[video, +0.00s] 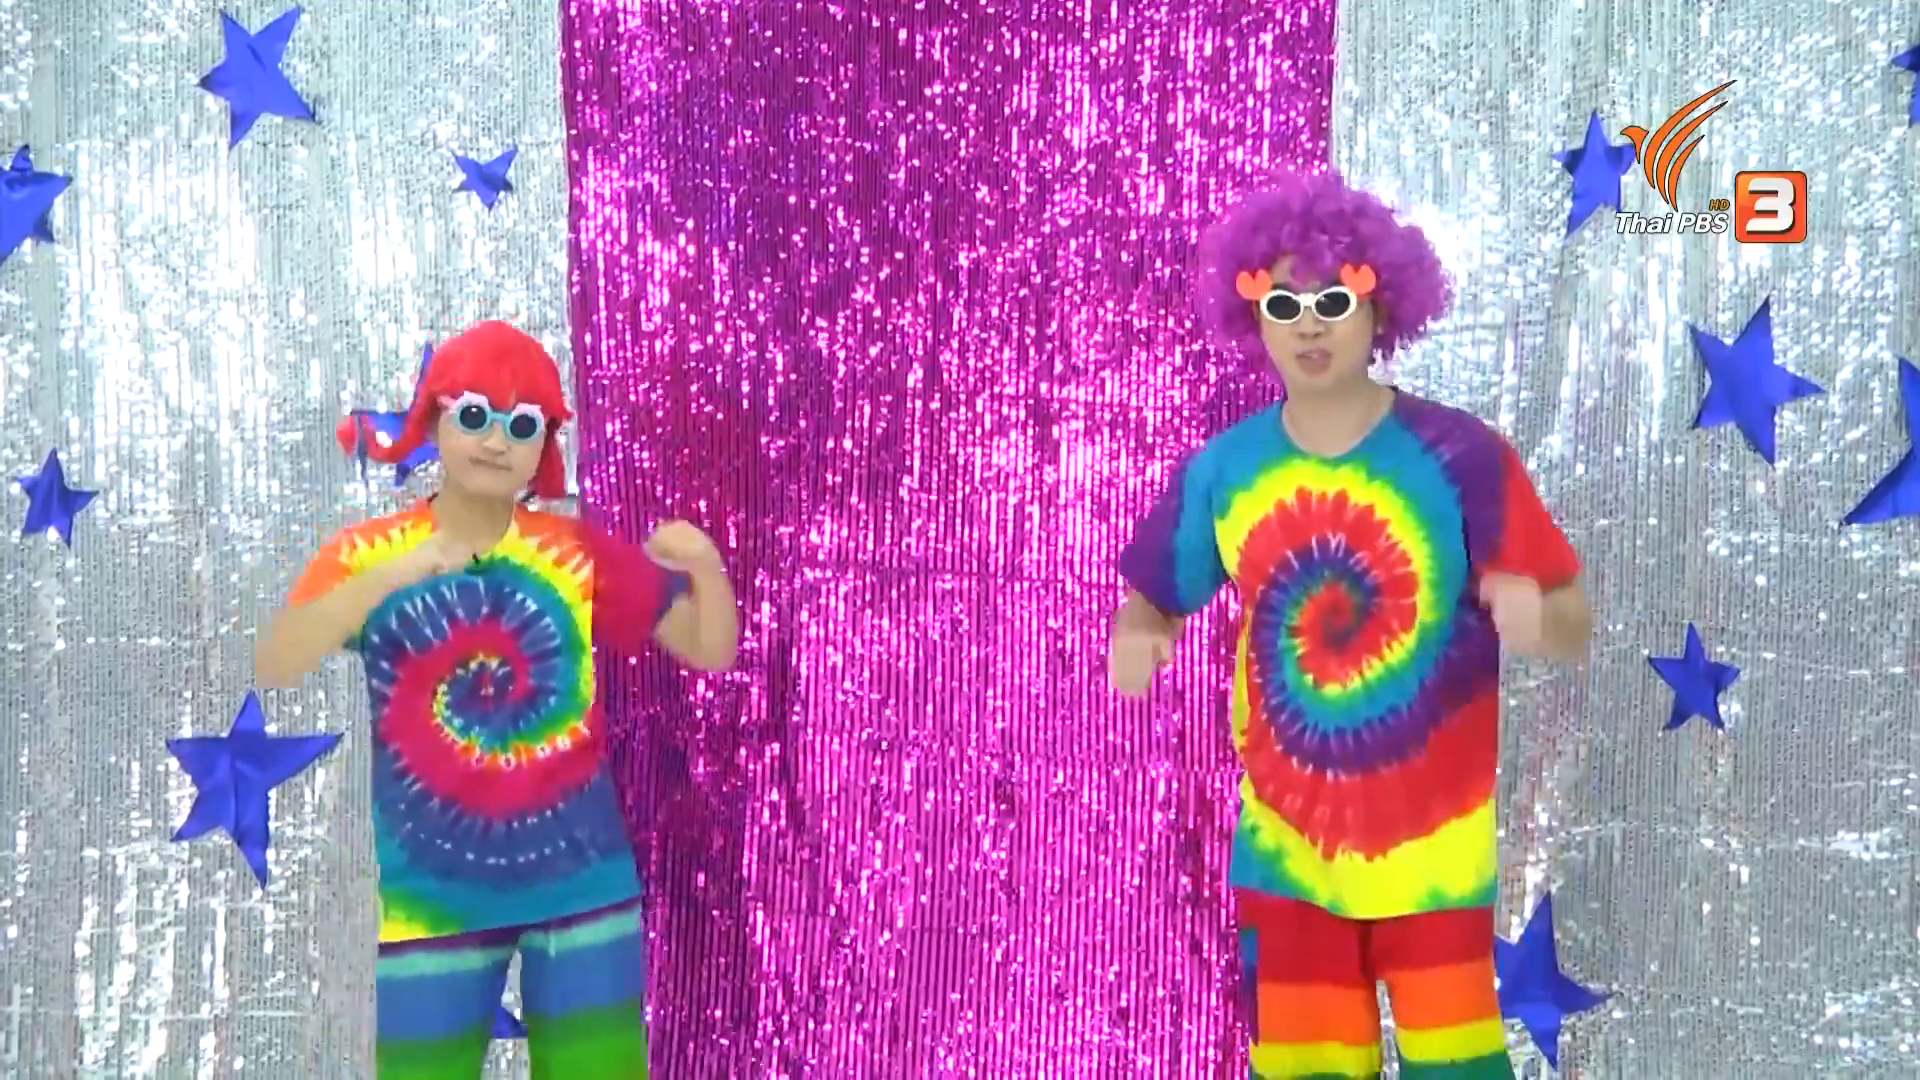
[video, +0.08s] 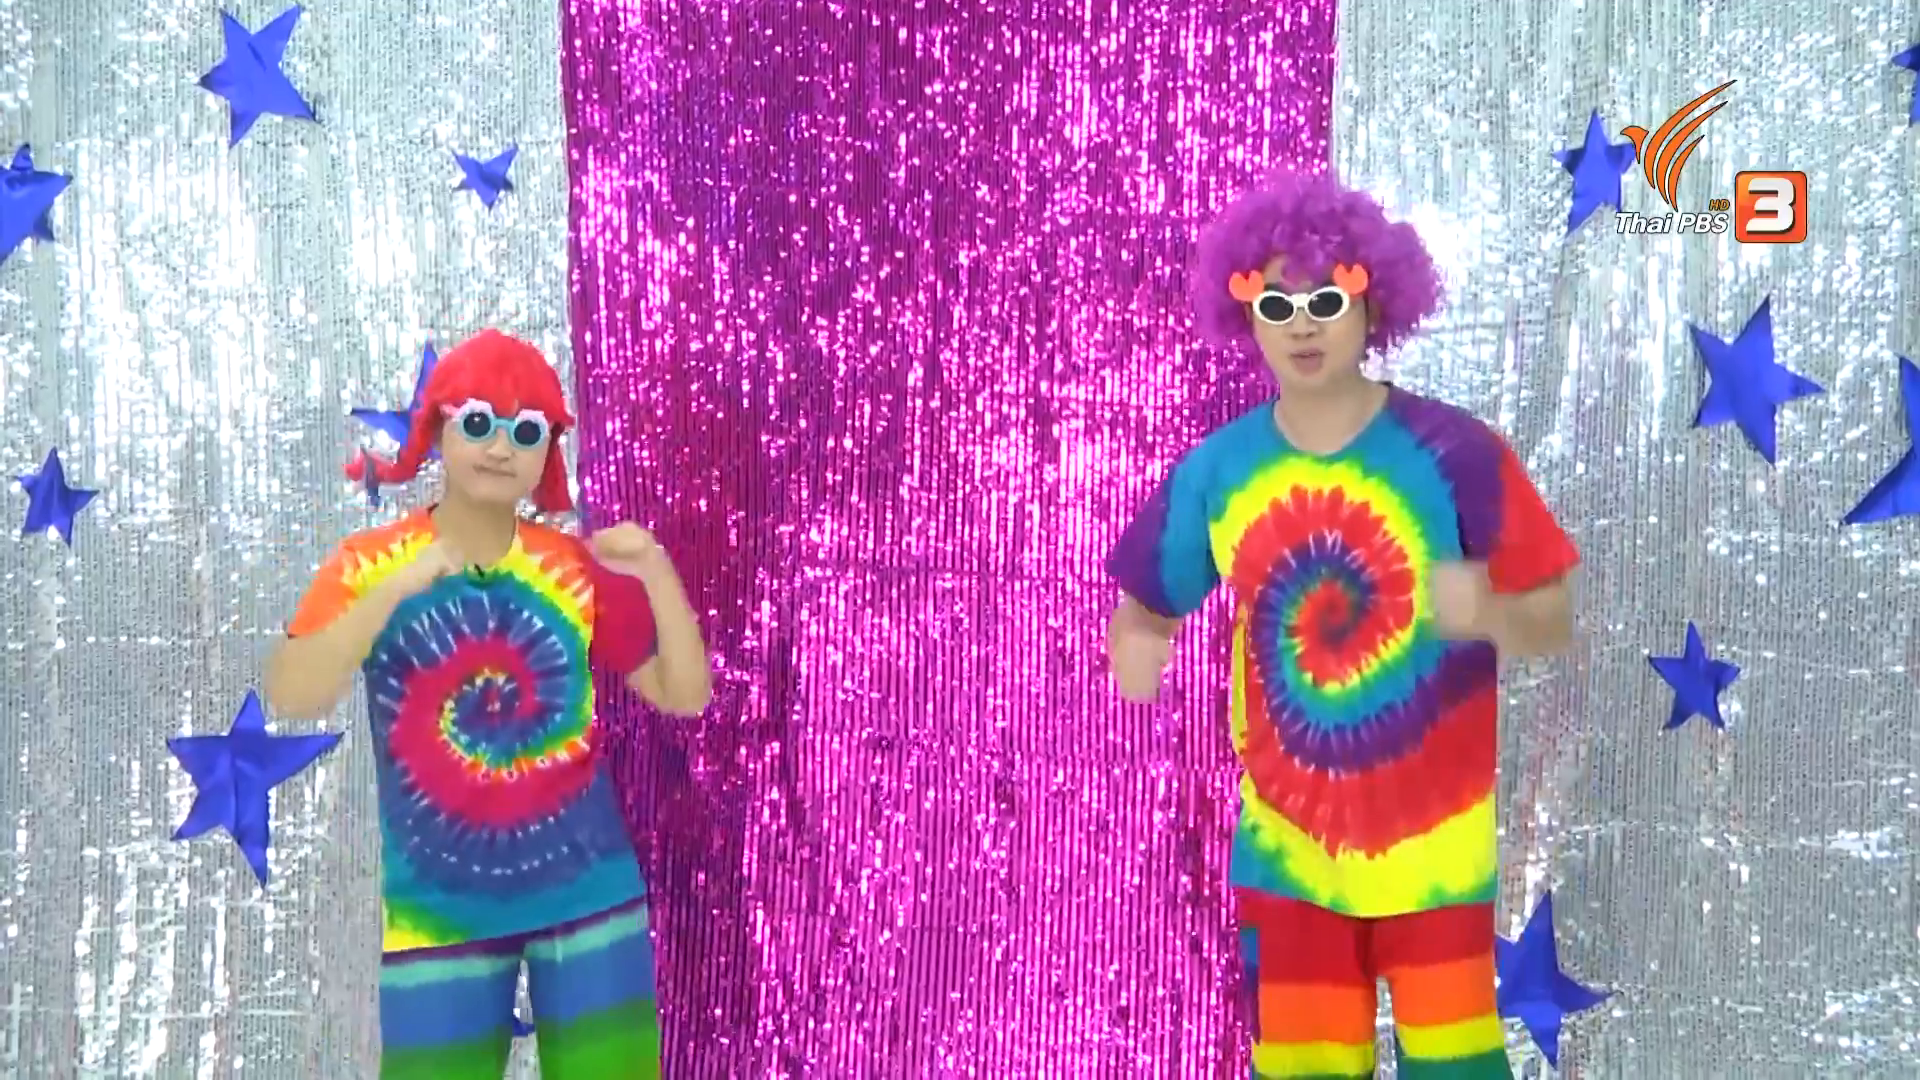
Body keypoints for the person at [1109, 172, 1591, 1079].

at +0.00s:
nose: (1308, 329)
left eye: (1332, 304)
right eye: (1283, 308)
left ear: (1375, 313)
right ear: (1256, 322)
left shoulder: (1463, 455)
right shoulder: (1222, 471)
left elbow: (1573, 619)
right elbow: (1155, 596)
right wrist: (1136, 642)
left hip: (1438, 846)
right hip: (1289, 853)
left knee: (1457, 1062)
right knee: (1308, 1065)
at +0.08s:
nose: (1301, 329)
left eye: (1325, 304)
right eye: (1276, 308)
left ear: (1368, 310)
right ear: (1247, 319)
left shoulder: (1457, 452)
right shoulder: (1214, 472)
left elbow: (1555, 617)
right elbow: (1146, 603)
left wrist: (1491, 611)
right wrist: (1137, 647)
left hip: (1438, 846)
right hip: (1290, 852)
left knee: (1456, 1062)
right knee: (1305, 1066)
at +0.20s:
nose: (1302, 346)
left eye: (1326, 322)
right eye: (1275, 324)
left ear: (1366, 333)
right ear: (1247, 340)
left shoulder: (1448, 478)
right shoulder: (1216, 495)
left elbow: (1515, 651)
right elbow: (1141, 668)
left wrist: (1410, 761)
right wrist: (1221, 767)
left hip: (1437, 872)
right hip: (1290, 876)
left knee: (1460, 1068)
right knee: (1294, 1070)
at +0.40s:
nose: (1330, 324)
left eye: (1353, 303)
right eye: (1304, 305)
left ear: (1392, 323)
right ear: (1272, 329)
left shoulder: (1474, 474)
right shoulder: (1233, 491)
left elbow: (1532, 656)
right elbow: (1181, 674)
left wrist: (1512, 826)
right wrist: (1256, 817)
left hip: (1456, 888)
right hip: (1302, 891)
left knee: (1483, 1068)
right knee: (1301, 1072)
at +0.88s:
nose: (1454, 310)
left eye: (1480, 285)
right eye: (1429, 289)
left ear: (1525, 305)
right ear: (1401, 316)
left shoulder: (1599, 468)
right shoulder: (1351, 470)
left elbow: (1644, 653)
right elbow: (1297, 655)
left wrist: (1658, 841)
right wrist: (1296, 829)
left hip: (1546, 866)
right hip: (1392, 862)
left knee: (1540, 1066)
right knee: (1352, 1064)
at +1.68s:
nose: (1351, 276)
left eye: (1378, 255)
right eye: (1329, 255)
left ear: (1424, 279)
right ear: (1304, 279)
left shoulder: (1498, 436)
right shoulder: (1260, 441)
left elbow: (1540, 631)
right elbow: (1227, 619)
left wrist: (1539, 821)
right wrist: (1206, 783)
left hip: (1469, 832)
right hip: (1312, 835)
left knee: (1495, 1057)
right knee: (1324, 1059)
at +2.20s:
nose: (1305, 271)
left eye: (1332, 249)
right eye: (1282, 256)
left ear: (1383, 282)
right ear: (1259, 294)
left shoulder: (1463, 447)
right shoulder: (1235, 463)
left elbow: (1499, 642)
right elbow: (1158, 627)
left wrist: (1452, 815)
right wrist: (1068, 737)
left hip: (1435, 834)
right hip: (1285, 843)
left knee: (1467, 1061)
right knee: (1283, 1065)